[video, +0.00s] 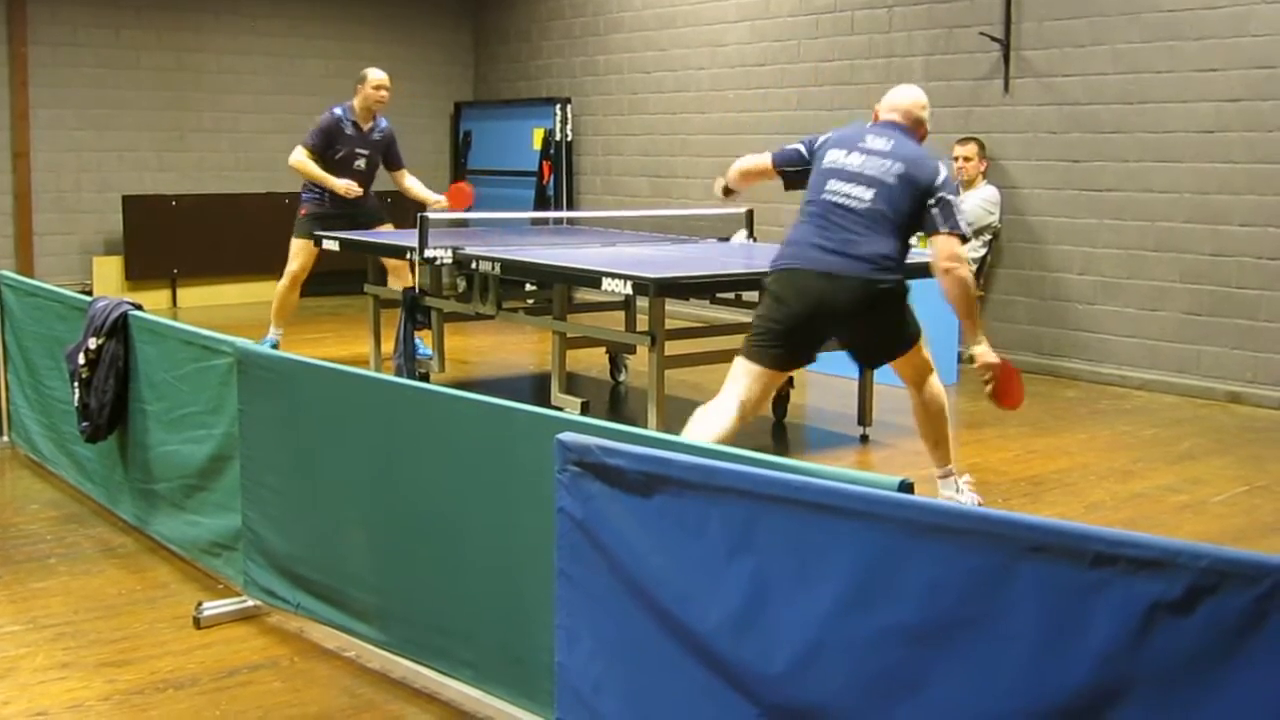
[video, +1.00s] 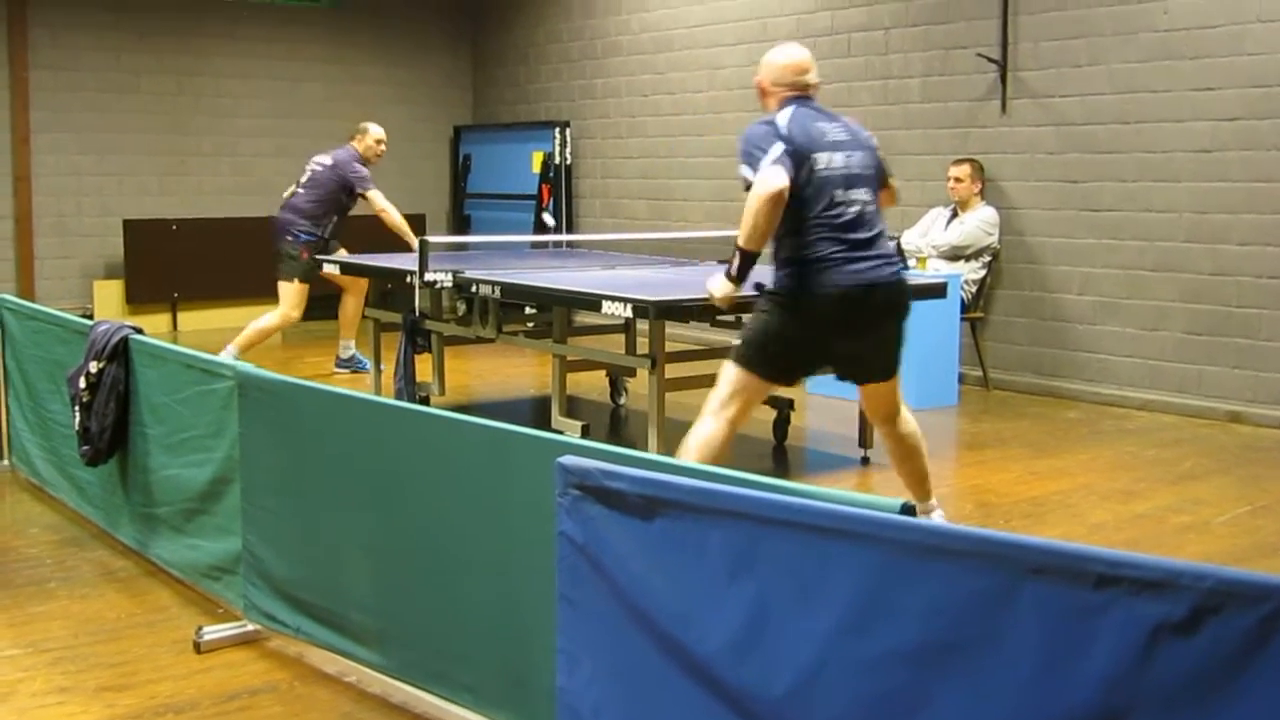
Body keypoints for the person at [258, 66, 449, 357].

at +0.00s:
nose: (383, 95)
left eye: (387, 90)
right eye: (377, 88)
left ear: (389, 95)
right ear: (360, 90)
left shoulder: (384, 131)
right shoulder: (334, 120)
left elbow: (402, 177)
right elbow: (297, 158)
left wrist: (431, 198)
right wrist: (334, 182)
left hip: (362, 204)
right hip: (319, 203)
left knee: (398, 262)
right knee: (294, 272)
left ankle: (410, 337)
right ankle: (273, 337)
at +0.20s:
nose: (365, 81)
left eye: (369, 76)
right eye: (359, 75)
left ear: (371, 81)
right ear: (342, 76)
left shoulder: (366, 118)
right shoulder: (316, 109)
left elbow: (378, 164)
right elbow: (278, 147)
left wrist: (394, 193)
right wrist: (316, 172)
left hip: (345, 195)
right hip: (305, 195)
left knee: (370, 258)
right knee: (282, 263)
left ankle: (366, 328)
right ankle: (257, 332)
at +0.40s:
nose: (351, 97)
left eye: (355, 92)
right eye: (345, 90)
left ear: (357, 97)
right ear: (328, 93)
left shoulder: (353, 133)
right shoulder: (304, 127)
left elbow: (364, 173)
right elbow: (271, 169)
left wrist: (373, 196)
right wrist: (314, 185)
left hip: (332, 208)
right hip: (292, 207)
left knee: (362, 267)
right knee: (268, 272)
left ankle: (359, 333)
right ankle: (236, 337)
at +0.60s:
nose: (351, 112)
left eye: (354, 107)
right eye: (345, 105)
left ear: (355, 111)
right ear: (326, 106)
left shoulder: (343, 145)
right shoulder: (300, 139)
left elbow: (345, 186)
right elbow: (281, 187)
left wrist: (359, 208)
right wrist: (325, 201)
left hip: (320, 213)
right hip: (283, 211)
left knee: (356, 266)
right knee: (269, 278)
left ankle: (358, 335)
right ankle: (233, 340)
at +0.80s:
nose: (364, 128)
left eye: (367, 123)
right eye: (359, 120)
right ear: (340, 119)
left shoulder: (334, 150)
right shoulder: (323, 145)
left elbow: (321, 204)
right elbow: (332, 200)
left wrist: (331, 240)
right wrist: (368, 213)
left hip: (308, 221)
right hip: (280, 220)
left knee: (351, 272)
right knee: (273, 294)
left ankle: (342, 345)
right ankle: (231, 349)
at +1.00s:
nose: (383, 150)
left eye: (385, 145)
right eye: (379, 143)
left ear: (358, 141)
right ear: (360, 139)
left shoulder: (330, 157)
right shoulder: (350, 165)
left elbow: (291, 195)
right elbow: (382, 208)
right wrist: (415, 242)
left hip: (315, 239)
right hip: (297, 237)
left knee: (357, 282)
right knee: (290, 312)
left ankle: (346, 356)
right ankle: (227, 356)